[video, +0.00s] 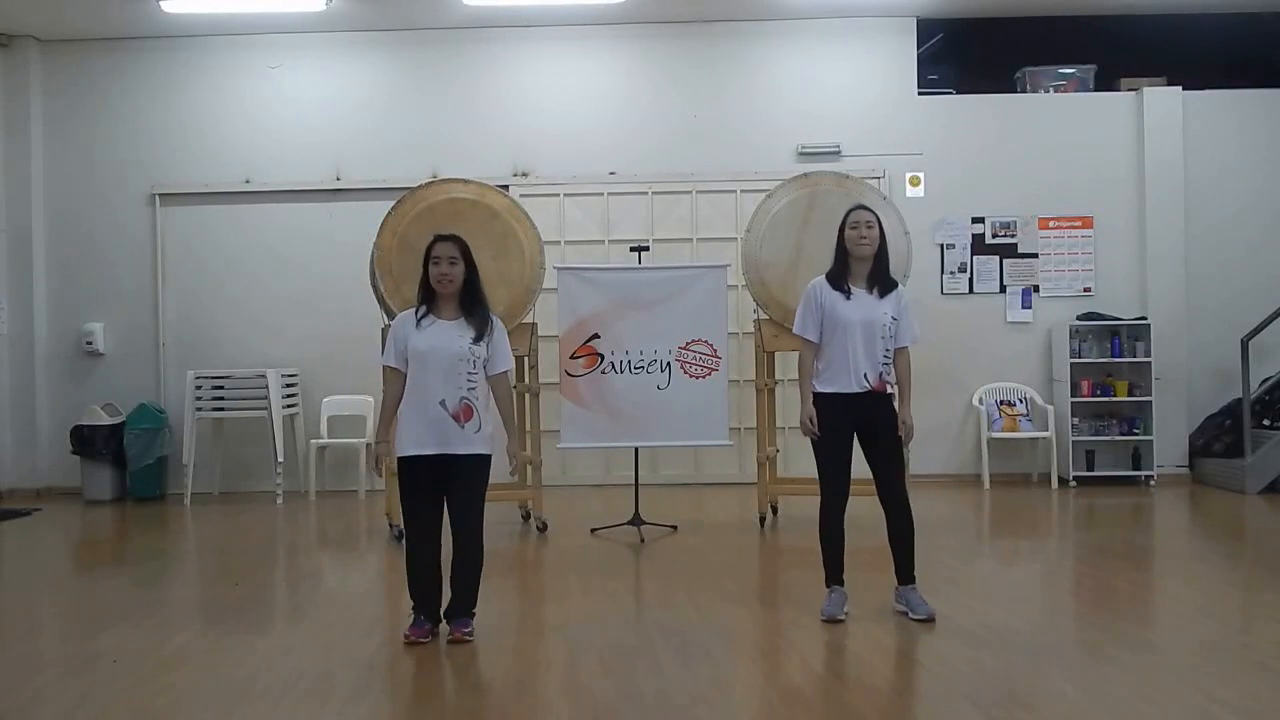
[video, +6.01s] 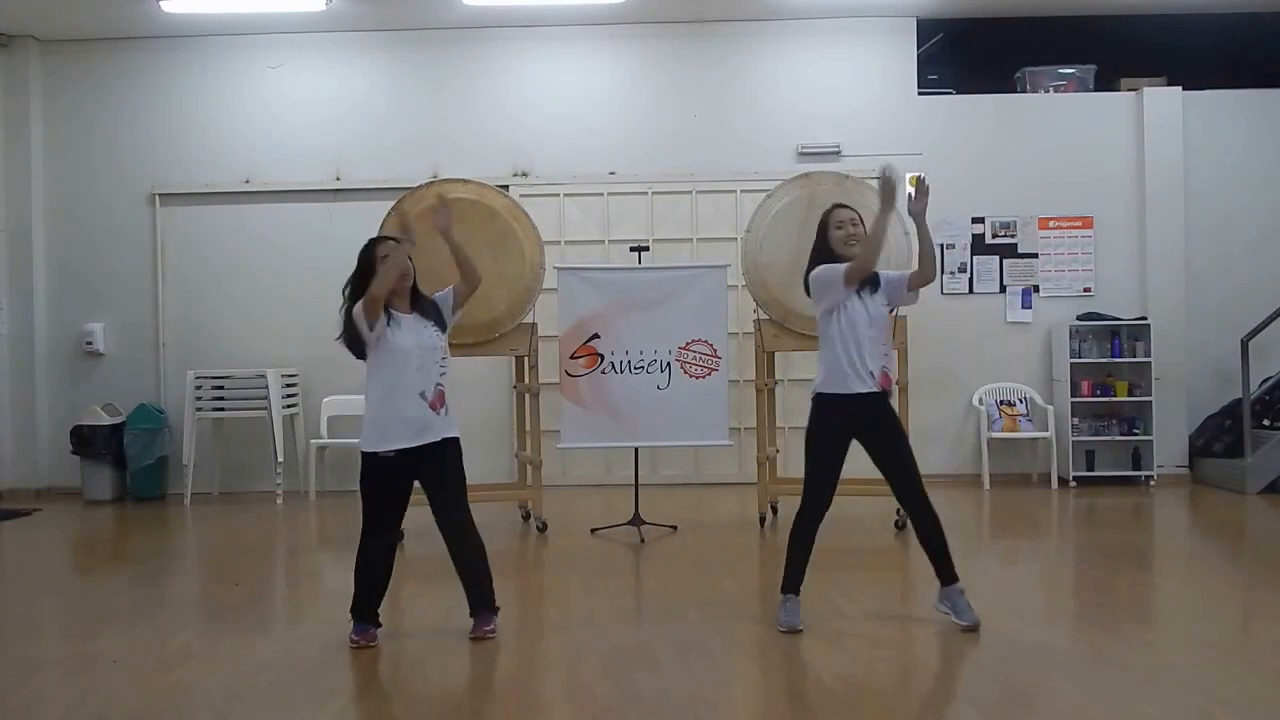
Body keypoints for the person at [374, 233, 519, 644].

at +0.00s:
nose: (443, 269)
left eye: (453, 262)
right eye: (436, 262)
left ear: (467, 270)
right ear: (426, 270)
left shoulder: (487, 326)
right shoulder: (404, 324)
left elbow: (501, 386)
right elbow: (393, 385)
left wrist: (514, 439)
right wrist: (381, 437)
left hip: (471, 449)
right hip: (416, 449)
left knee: (467, 535)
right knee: (421, 537)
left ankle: (461, 615)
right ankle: (424, 615)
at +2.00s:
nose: (370, 266)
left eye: (375, 259)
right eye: (358, 264)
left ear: (387, 269)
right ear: (347, 281)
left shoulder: (416, 318)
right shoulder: (337, 327)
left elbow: (467, 318)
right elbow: (291, 339)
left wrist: (501, 279)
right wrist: (258, 313)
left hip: (411, 449)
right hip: (355, 454)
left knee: (426, 531)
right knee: (356, 544)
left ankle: (422, 600)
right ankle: (359, 620)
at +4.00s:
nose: (392, 259)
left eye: (397, 252)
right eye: (382, 256)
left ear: (410, 264)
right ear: (371, 271)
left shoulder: (434, 310)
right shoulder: (365, 318)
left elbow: (469, 274)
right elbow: (348, 287)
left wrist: (461, 222)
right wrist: (360, 234)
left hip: (437, 438)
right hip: (382, 445)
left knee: (462, 526)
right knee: (375, 537)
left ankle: (481, 608)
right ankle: (366, 622)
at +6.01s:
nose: (400, 262)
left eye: (402, 256)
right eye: (389, 258)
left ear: (412, 266)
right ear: (373, 275)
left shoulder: (434, 310)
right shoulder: (366, 320)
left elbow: (469, 281)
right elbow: (377, 293)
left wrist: (449, 236)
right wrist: (402, 248)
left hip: (437, 440)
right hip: (385, 446)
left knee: (458, 527)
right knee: (378, 536)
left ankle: (484, 610)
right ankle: (364, 619)